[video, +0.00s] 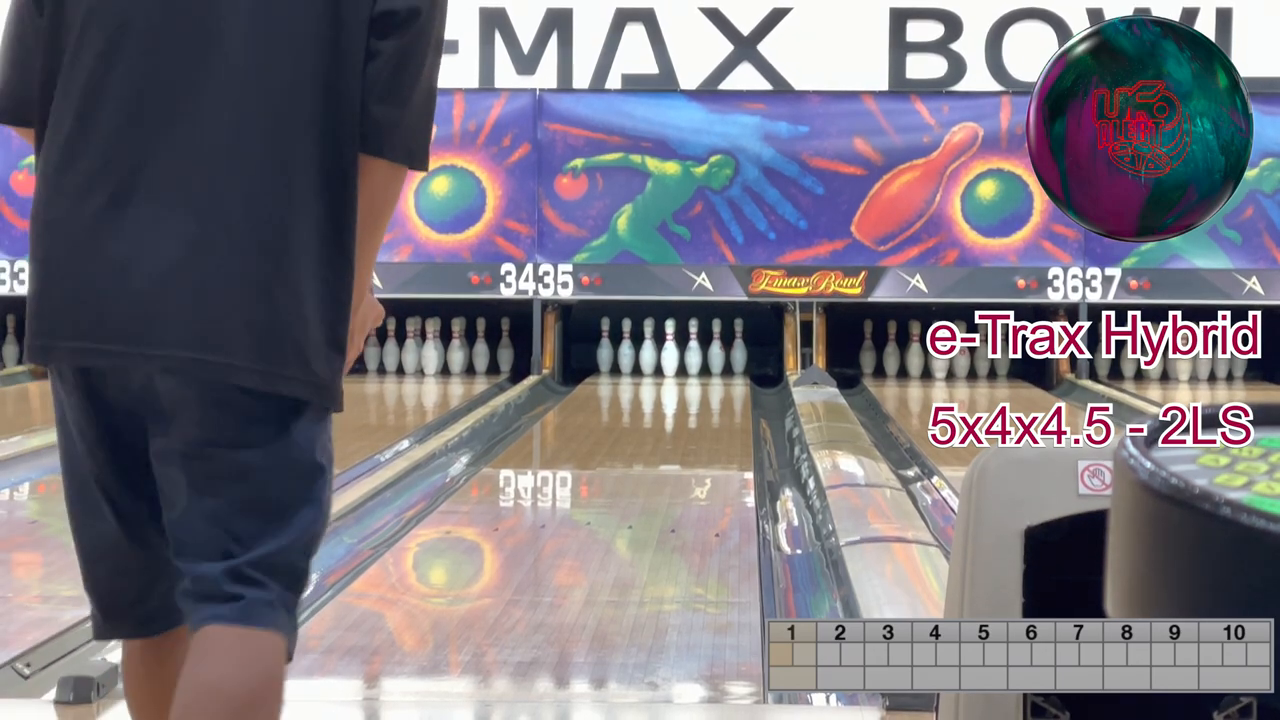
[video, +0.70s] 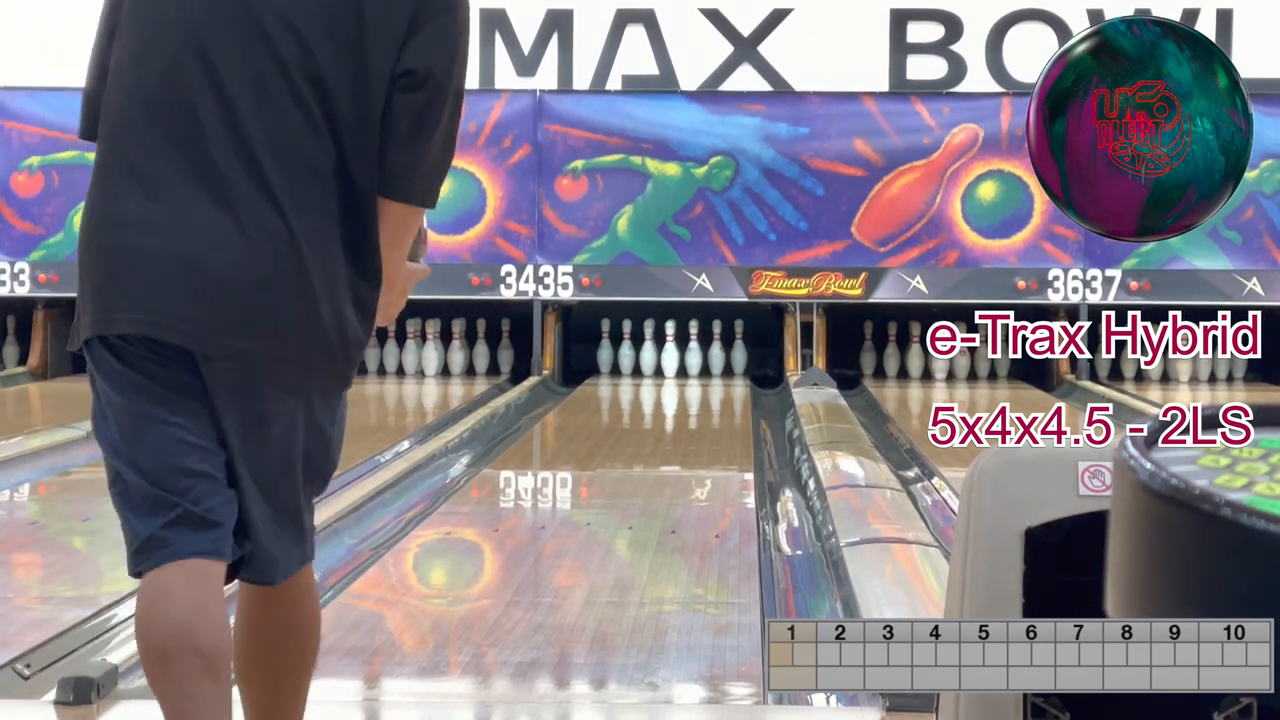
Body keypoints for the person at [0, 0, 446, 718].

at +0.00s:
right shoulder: (395, 7)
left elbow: (26, 94)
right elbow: (392, 117)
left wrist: (128, 189)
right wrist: (353, 280)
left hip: (84, 274)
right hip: (259, 280)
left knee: (144, 609)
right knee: (243, 599)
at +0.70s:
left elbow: (106, 108)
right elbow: (412, 142)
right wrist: (388, 271)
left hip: (129, 258)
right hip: (291, 271)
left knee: (176, 542)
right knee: (279, 549)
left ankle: (198, 712)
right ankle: (273, 716)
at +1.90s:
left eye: (327, 188)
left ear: (338, 197)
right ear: (441, 216)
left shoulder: (311, 221)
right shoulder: (458, 272)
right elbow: (479, 382)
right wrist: (446, 324)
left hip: (205, 293)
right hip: (290, 323)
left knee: (270, 468)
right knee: (153, 453)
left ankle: (297, 668)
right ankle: (4, 425)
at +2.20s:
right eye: (456, 73)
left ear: (366, 75)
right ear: (451, 81)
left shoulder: (310, 125)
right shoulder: (458, 127)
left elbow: (200, 244)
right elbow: (546, 131)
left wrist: (200, 314)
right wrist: (487, 69)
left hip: (219, 267)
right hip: (313, 264)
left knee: (286, 472)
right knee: (273, 444)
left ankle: (314, 672)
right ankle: (101, 454)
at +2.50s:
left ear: (353, 14)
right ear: (433, 17)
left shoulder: (293, 74)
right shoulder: (453, 62)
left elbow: (195, 199)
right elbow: (542, 62)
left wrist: (203, 269)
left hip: (227, 251)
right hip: (324, 247)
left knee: (280, 464)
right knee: (286, 446)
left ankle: (313, 671)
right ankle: (137, 566)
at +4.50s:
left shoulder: (175, 2)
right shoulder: (385, 2)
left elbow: (143, 123)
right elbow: (410, 129)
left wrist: (152, 252)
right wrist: (445, 260)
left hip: (193, 257)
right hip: (310, 265)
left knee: (194, 451)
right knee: (289, 484)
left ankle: (172, 671)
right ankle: (271, 696)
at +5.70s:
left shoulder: (139, 6)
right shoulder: (390, 3)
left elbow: (113, 122)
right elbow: (412, 116)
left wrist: (114, 267)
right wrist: (432, 269)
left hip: (199, 267)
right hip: (332, 268)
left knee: (226, 496)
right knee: (339, 485)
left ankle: (244, 712)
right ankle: (327, 706)